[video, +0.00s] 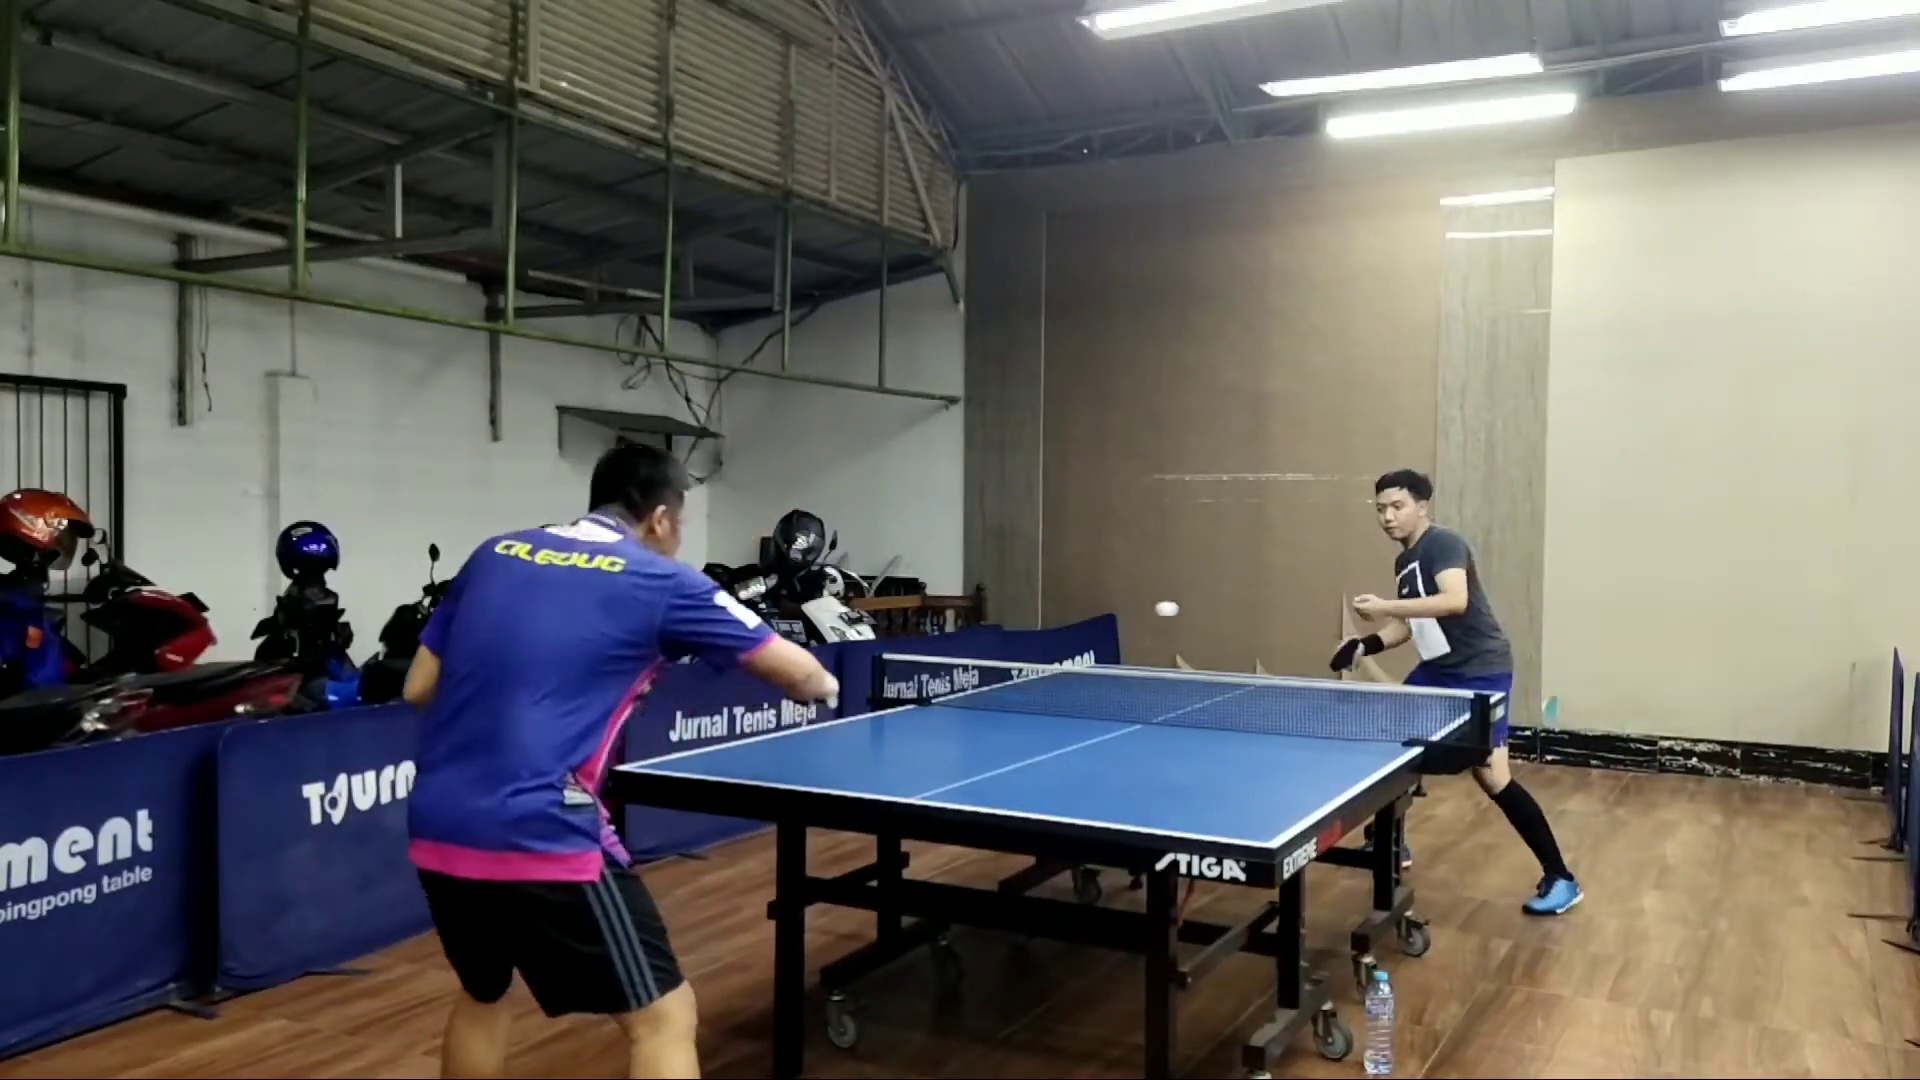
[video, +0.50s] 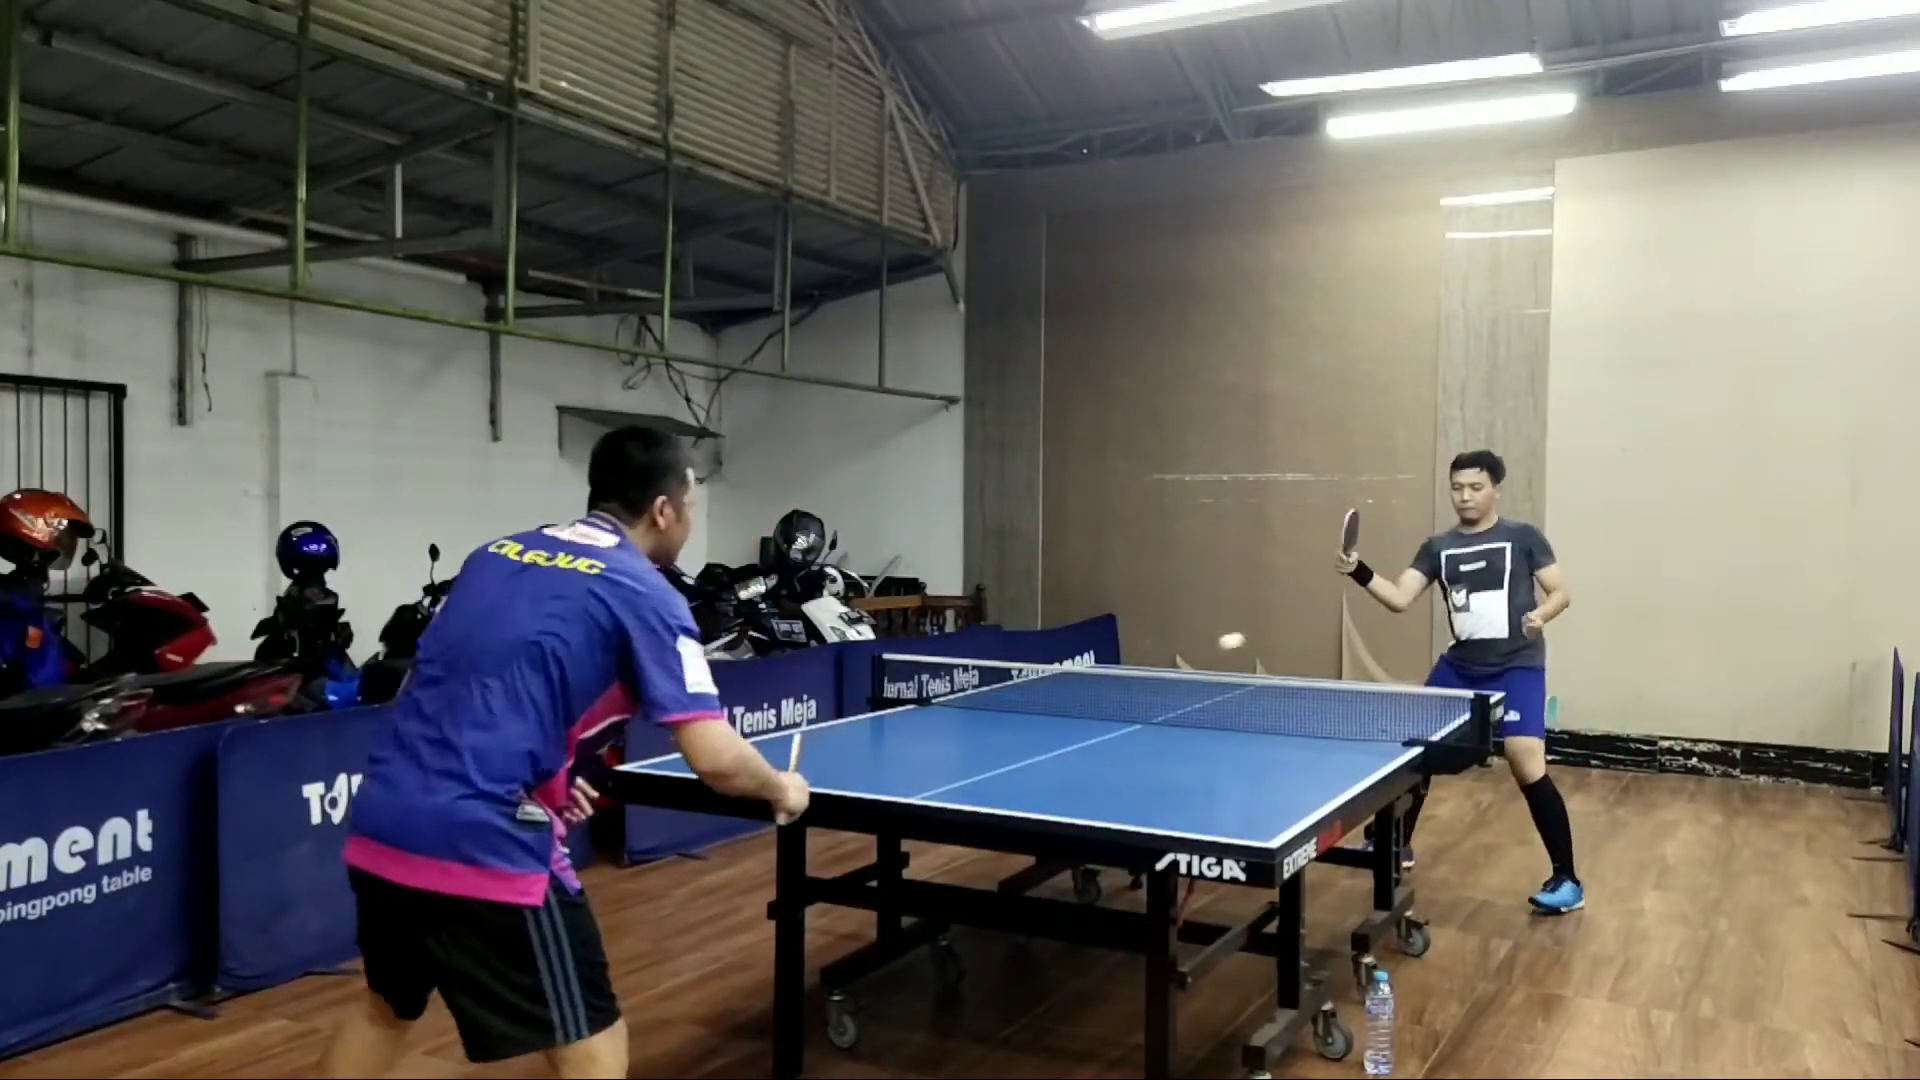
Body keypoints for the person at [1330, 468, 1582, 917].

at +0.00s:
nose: (1387, 516)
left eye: (1395, 507)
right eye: (1381, 509)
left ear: (1422, 506)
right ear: (1380, 514)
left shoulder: (1443, 543)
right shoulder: (1404, 563)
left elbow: (1455, 600)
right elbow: (1406, 625)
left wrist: (1386, 608)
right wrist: (1366, 643)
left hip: (1482, 670)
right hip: (1436, 669)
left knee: (1493, 776)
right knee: (1382, 740)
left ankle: (1560, 877)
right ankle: (1388, 841)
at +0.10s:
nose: (1396, 523)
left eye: (1404, 513)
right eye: (1389, 516)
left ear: (1430, 513)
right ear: (1386, 521)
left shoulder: (1455, 549)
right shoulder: (1407, 570)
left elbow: (1472, 602)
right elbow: (1411, 625)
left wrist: (1407, 599)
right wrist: (1388, 645)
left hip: (1491, 675)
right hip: (1441, 674)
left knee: (1499, 777)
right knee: (1387, 738)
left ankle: (1561, 881)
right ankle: (1389, 841)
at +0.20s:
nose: (1416, 528)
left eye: (1424, 518)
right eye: (1409, 521)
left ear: (1448, 517)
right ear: (1404, 524)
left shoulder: (1477, 553)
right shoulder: (1413, 573)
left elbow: (1504, 603)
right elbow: (1401, 632)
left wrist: (1442, 595)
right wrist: (1396, 662)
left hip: (1502, 678)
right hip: (1449, 684)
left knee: (1504, 775)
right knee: (1389, 750)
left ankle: (1562, 881)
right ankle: (1388, 844)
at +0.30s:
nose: (1439, 528)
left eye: (1448, 518)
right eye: (1432, 520)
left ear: (1471, 516)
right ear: (1426, 522)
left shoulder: (1501, 554)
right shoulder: (1423, 571)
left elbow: (1530, 606)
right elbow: (1393, 623)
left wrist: (1477, 603)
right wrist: (1399, 651)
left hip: (1508, 679)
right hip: (1451, 683)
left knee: (1510, 768)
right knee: (1392, 747)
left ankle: (1563, 881)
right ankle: (1389, 844)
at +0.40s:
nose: (1455, 516)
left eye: (1464, 506)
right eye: (1447, 507)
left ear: (1487, 506)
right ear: (1441, 510)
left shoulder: (1515, 550)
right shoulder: (1435, 561)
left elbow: (1552, 606)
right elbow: (1402, 617)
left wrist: (1511, 613)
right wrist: (1381, 601)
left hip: (1515, 675)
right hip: (1459, 674)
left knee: (1517, 763)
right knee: (1399, 738)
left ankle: (1564, 881)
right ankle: (1389, 844)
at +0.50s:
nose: (1465, 496)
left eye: (1475, 487)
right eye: (1457, 488)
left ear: (1496, 490)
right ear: (1450, 493)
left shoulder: (1523, 537)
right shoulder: (1438, 548)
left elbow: (1560, 593)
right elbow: (1399, 597)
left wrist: (1541, 615)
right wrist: (1359, 571)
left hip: (1516, 666)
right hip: (1459, 665)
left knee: (1525, 762)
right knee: (1413, 744)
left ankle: (1565, 879)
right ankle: (1394, 843)